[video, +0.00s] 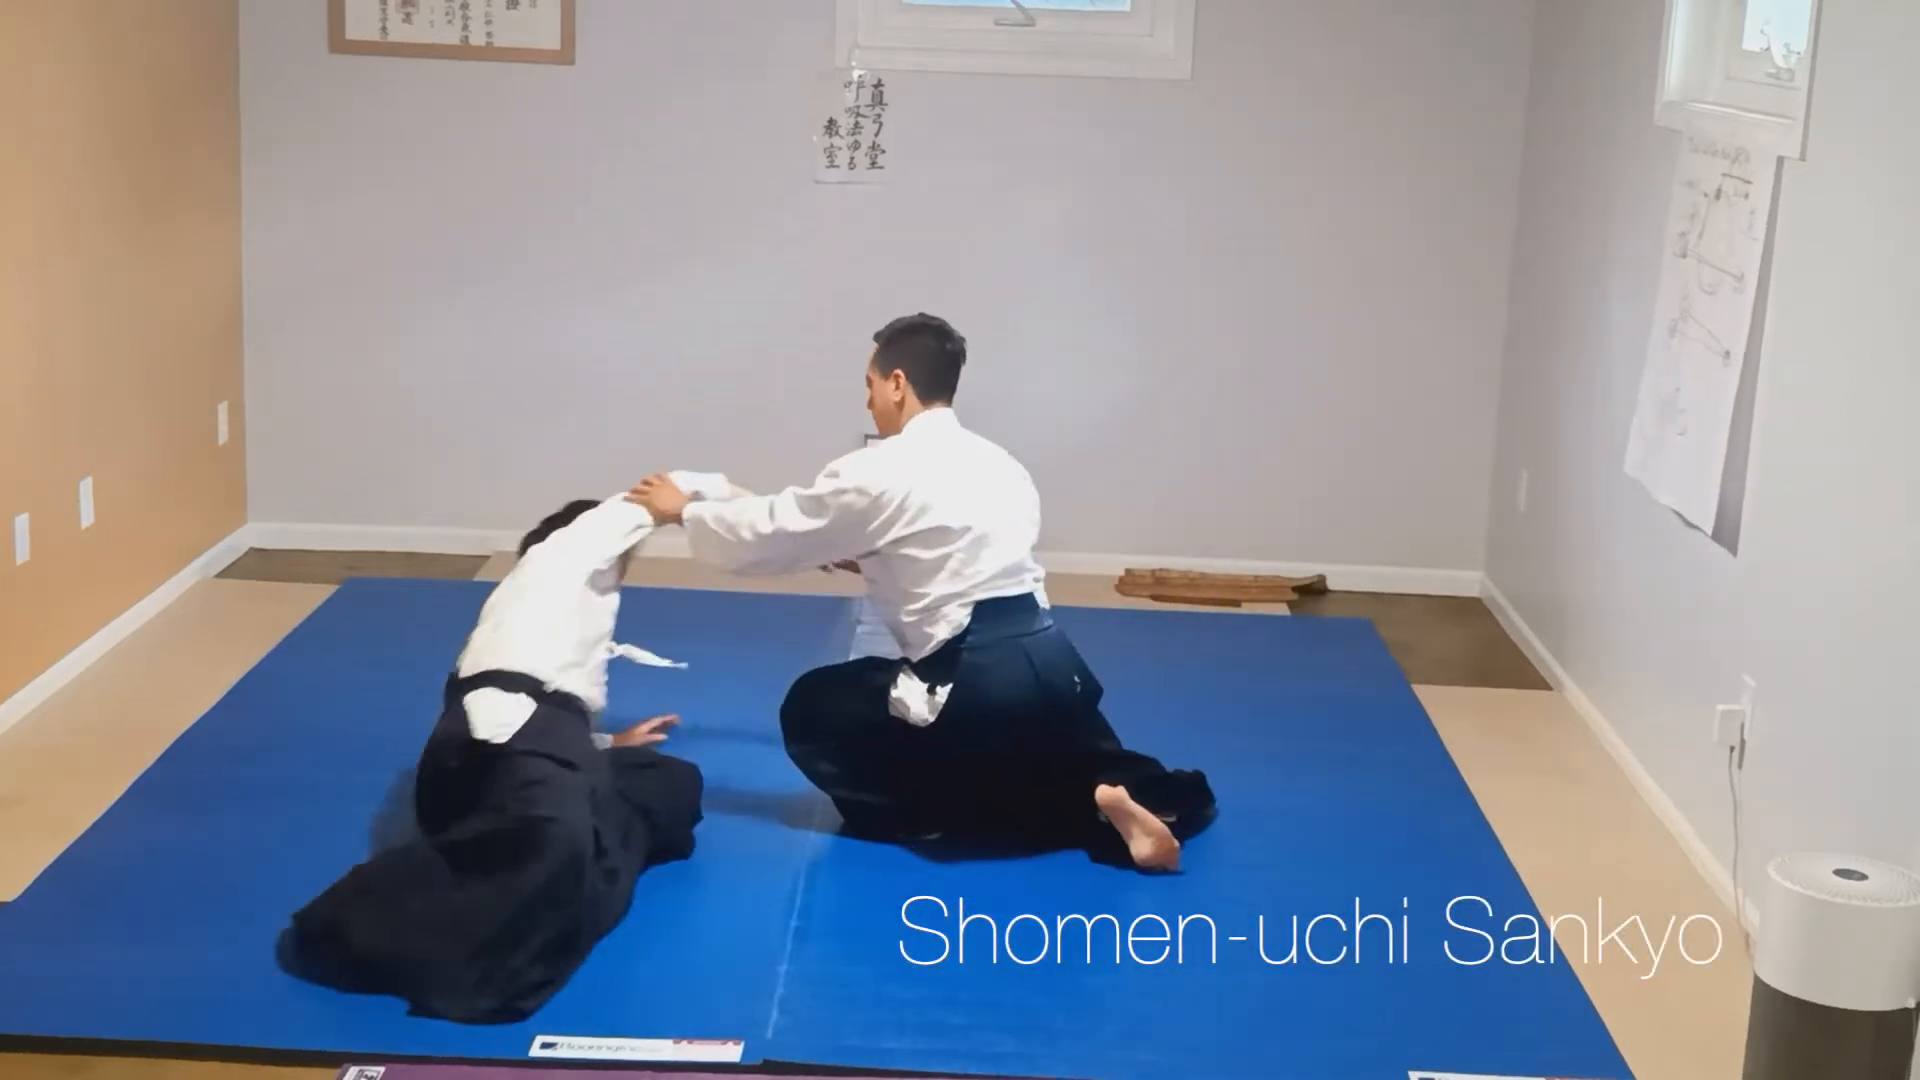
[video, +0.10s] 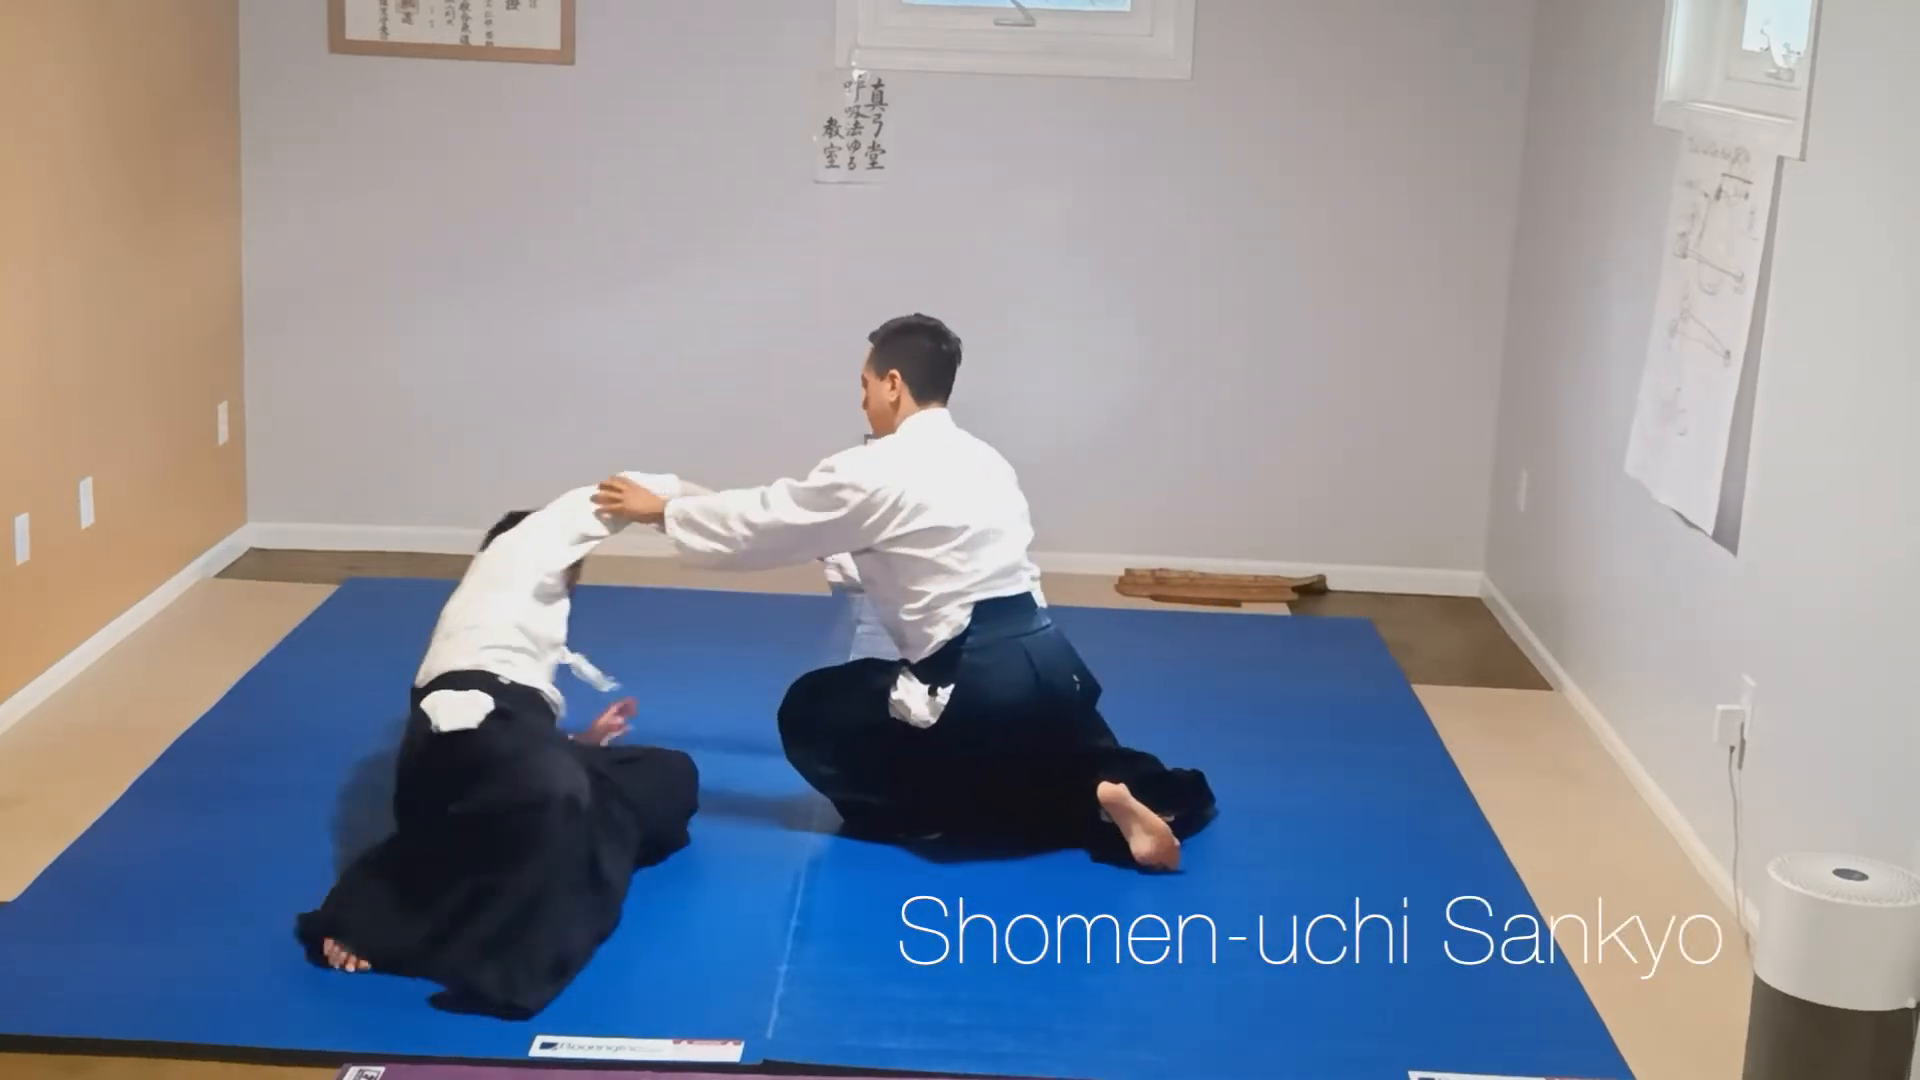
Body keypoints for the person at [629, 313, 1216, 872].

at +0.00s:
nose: (869, 401)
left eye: (871, 386)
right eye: (871, 385)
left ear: (895, 385)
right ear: (947, 387)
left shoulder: (880, 473)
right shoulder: (1005, 466)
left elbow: (768, 529)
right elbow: (960, 557)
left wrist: (686, 511)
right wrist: (870, 564)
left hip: (966, 693)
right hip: (1060, 680)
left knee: (810, 705)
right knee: (1098, 766)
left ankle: (920, 810)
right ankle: (1135, 800)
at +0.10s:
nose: (864, 397)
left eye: (866, 383)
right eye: (867, 382)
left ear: (889, 384)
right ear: (940, 388)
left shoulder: (872, 472)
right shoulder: (990, 461)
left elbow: (758, 520)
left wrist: (662, 505)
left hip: (966, 694)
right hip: (1058, 679)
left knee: (809, 708)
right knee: (1101, 761)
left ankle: (923, 807)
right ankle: (1132, 795)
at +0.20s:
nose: (856, 399)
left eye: (858, 384)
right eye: (859, 384)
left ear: (881, 386)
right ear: (934, 389)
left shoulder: (867, 474)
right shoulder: (977, 459)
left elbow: (747, 526)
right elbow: (854, 546)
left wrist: (658, 509)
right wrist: (761, 505)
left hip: (961, 698)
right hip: (1054, 680)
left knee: (804, 714)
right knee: (1103, 760)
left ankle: (923, 810)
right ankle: (1126, 797)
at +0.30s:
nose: (846, 402)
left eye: (848, 387)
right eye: (847, 388)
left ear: (876, 389)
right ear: (920, 392)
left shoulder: (867, 476)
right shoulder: (965, 460)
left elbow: (763, 541)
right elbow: (854, 534)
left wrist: (675, 530)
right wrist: (750, 511)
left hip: (955, 693)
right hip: (1042, 678)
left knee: (797, 724)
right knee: (1100, 762)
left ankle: (926, 810)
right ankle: (1123, 802)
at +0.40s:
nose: (836, 404)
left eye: (837, 389)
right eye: (837, 389)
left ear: (862, 388)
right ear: (909, 391)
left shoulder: (854, 480)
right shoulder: (950, 457)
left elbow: (754, 554)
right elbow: (834, 520)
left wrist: (678, 532)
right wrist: (739, 506)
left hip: (939, 693)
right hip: (1028, 682)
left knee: (788, 739)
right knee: (1097, 763)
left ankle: (918, 808)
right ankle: (1111, 804)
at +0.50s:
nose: (815, 405)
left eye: (814, 389)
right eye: (814, 388)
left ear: (837, 384)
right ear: (886, 384)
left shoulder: (833, 475)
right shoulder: (935, 452)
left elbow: (732, 547)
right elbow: (821, 512)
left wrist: (657, 512)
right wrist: (722, 499)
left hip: (917, 689)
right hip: (1009, 679)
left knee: (781, 753)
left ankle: (883, 796)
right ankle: (1082, 809)